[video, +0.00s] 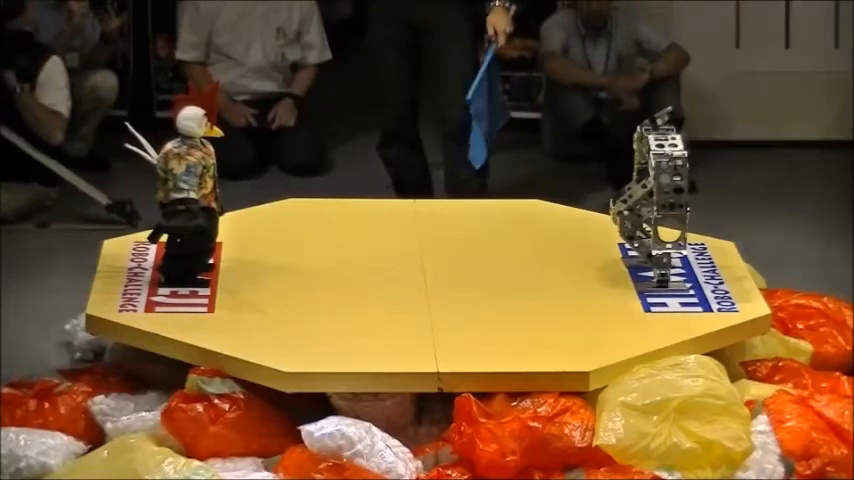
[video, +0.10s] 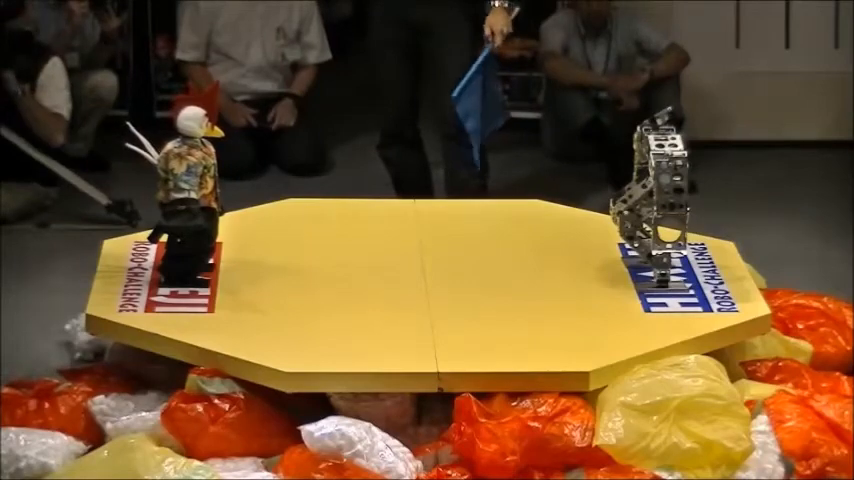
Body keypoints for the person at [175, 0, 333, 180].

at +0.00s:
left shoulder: (302, 5)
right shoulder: (202, 5)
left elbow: (310, 60)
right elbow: (191, 61)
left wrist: (291, 100)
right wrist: (226, 105)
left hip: (280, 99)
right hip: (227, 102)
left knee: (306, 161)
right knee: (238, 164)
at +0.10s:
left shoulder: (302, 5)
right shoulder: (202, 5)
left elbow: (310, 62)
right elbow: (191, 62)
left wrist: (291, 100)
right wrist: (226, 106)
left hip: (280, 99)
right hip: (227, 102)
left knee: (306, 161)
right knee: (238, 164)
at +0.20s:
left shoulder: (301, 4)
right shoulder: (202, 5)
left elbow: (310, 62)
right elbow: (191, 61)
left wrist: (291, 100)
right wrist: (226, 106)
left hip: (280, 99)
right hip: (227, 102)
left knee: (306, 161)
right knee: (237, 164)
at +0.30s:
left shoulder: (301, 4)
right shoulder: (203, 5)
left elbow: (310, 62)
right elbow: (191, 61)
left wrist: (291, 100)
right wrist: (226, 106)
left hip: (280, 98)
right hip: (227, 102)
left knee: (307, 161)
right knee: (237, 164)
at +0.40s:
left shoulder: (301, 5)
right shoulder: (202, 5)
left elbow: (310, 62)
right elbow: (191, 62)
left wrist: (291, 100)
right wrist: (226, 106)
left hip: (279, 99)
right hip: (227, 102)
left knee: (307, 161)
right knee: (237, 163)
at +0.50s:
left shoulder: (301, 5)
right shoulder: (202, 5)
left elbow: (310, 62)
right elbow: (191, 62)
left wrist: (291, 100)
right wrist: (226, 106)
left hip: (279, 99)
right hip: (227, 102)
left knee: (307, 161)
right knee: (238, 163)